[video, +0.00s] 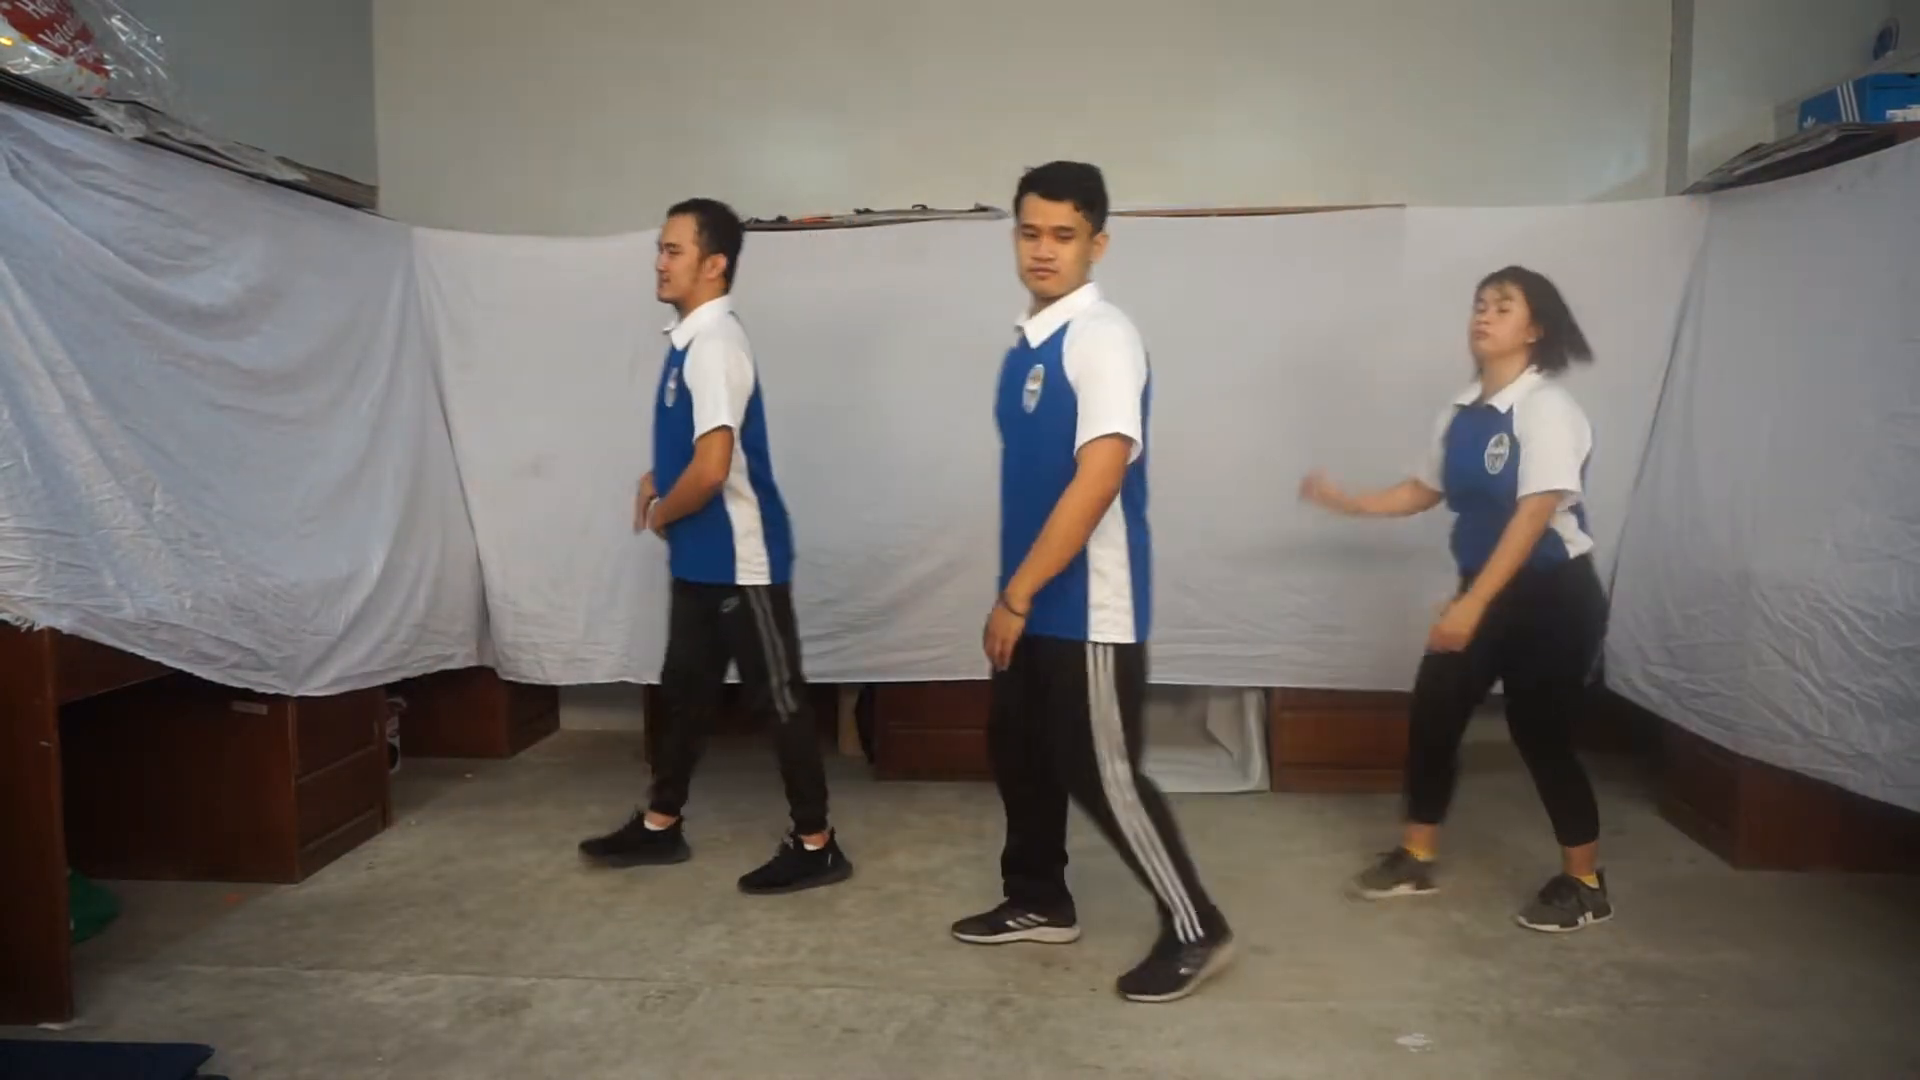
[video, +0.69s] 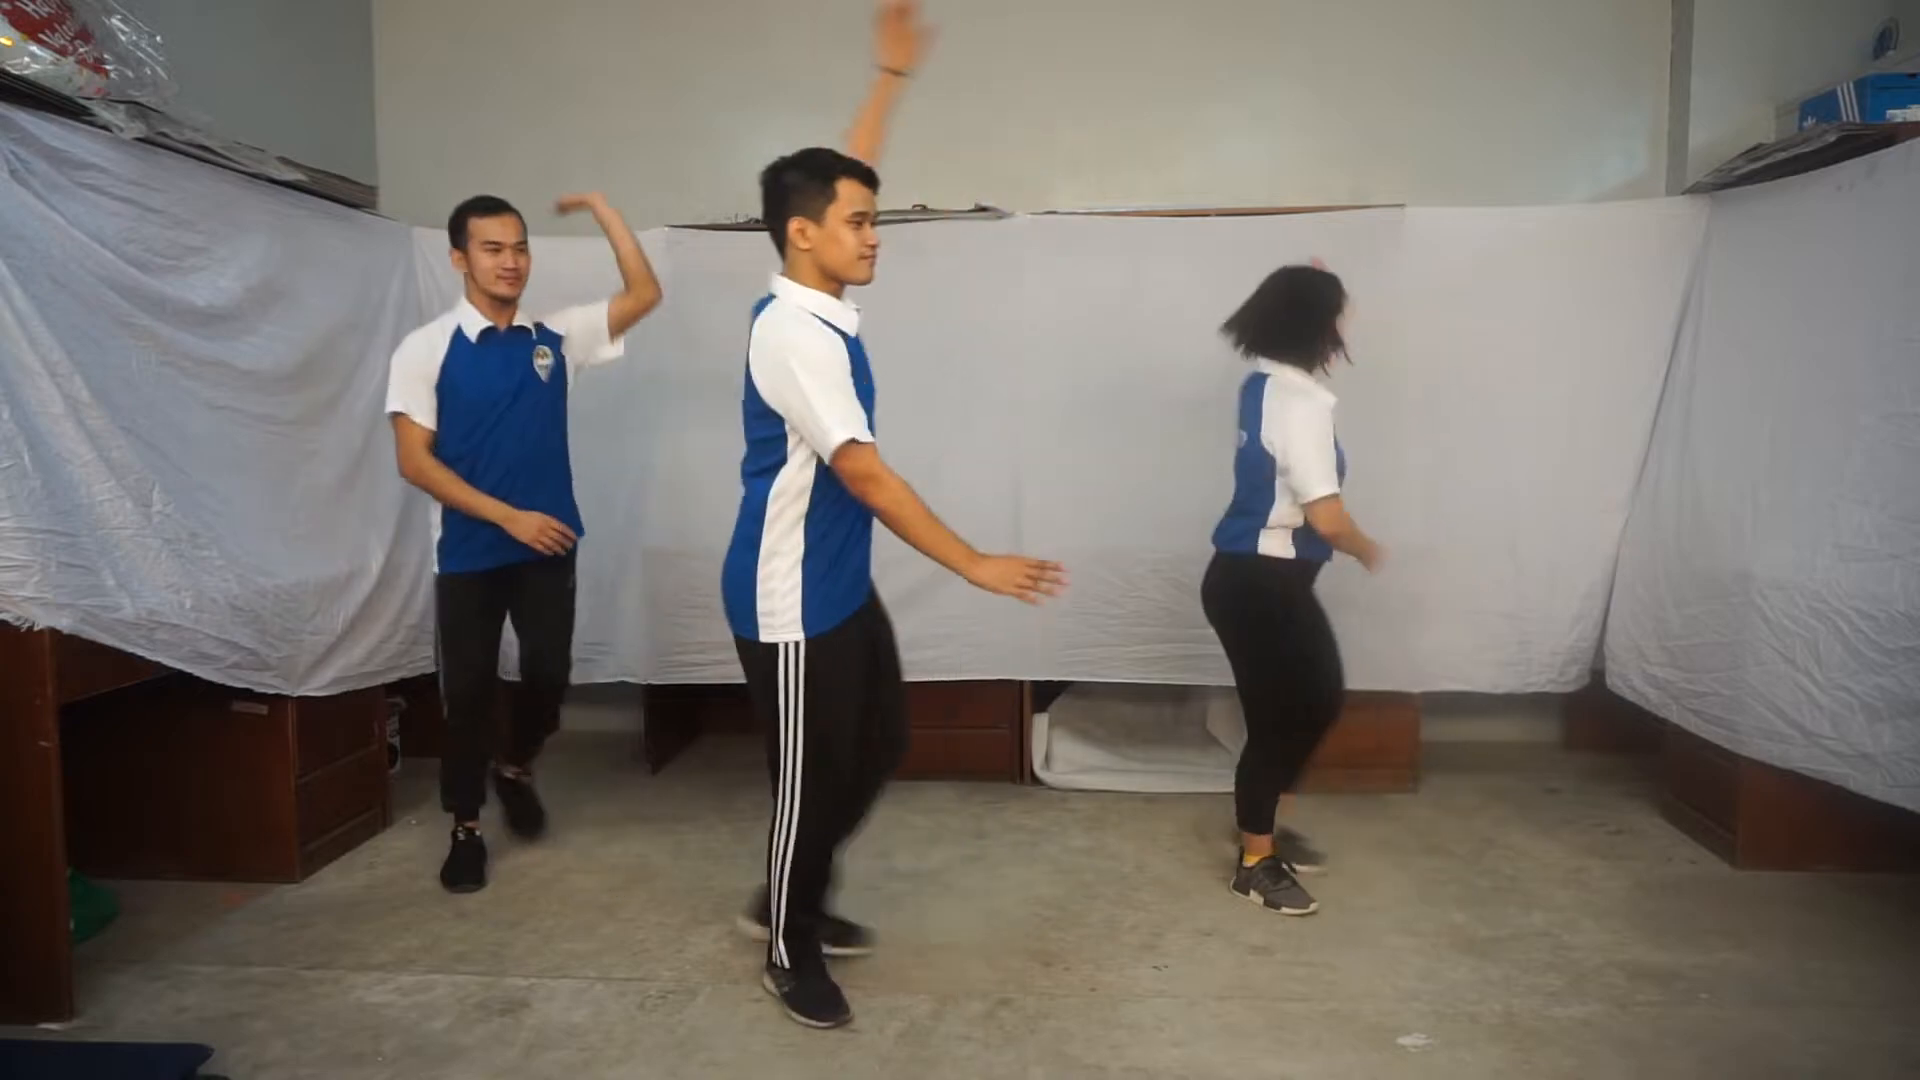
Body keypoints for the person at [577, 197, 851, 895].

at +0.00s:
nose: (659, 263)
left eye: (672, 251)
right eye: (659, 250)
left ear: (715, 264)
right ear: (699, 263)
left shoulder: (717, 341)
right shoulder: (689, 334)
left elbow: (712, 468)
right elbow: (697, 436)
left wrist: (663, 515)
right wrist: (655, 477)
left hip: (746, 559)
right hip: (700, 556)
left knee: (783, 702)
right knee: (684, 691)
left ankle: (815, 842)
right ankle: (661, 823)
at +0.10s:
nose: (641, 259)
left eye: (659, 248)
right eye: (635, 247)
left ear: (693, 261)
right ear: (629, 256)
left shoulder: (694, 340)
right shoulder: (646, 336)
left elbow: (700, 459)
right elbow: (645, 433)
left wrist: (639, 522)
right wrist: (613, 483)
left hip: (700, 558)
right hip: (650, 553)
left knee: (714, 697)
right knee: (651, 694)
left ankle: (793, 824)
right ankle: (655, 825)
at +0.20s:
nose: (620, 253)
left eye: (637, 242)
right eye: (610, 240)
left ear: (664, 256)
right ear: (597, 250)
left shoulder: (675, 338)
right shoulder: (601, 341)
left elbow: (693, 450)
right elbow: (601, 433)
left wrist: (616, 518)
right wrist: (565, 477)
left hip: (664, 557)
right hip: (609, 552)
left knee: (656, 694)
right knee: (620, 692)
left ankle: (700, 831)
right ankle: (647, 822)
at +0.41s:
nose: (571, 262)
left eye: (586, 251)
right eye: (559, 249)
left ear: (609, 264)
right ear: (541, 259)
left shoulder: (628, 348)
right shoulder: (524, 349)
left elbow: (667, 454)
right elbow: (496, 442)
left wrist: (585, 482)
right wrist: (489, 491)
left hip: (608, 567)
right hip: (536, 563)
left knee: (601, 701)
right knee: (500, 675)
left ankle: (638, 842)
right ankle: (533, 815)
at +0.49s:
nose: (550, 262)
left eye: (565, 251)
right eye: (536, 249)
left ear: (583, 263)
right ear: (516, 260)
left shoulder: (610, 349)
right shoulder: (482, 349)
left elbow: (621, 450)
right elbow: (459, 451)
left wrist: (596, 409)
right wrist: (491, 503)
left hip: (592, 566)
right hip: (512, 564)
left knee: (606, 704)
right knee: (482, 696)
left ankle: (636, 841)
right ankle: (465, 830)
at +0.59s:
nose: (529, 263)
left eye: (540, 251)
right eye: (512, 251)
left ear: (551, 262)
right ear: (485, 261)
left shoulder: (571, 343)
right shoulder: (447, 350)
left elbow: (612, 384)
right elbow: (429, 458)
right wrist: (510, 512)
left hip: (569, 555)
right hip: (486, 558)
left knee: (577, 691)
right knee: (476, 702)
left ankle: (600, 822)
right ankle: (468, 832)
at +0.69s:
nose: (510, 260)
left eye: (519, 248)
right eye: (493, 248)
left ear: (531, 258)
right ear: (459, 258)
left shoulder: (556, 337)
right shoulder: (425, 350)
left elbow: (644, 293)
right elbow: (414, 462)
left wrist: (601, 206)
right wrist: (510, 516)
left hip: (546, 549)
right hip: (468, 556)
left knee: (548, 681)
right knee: (468, 696)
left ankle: (515, 769)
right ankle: (464, 828)